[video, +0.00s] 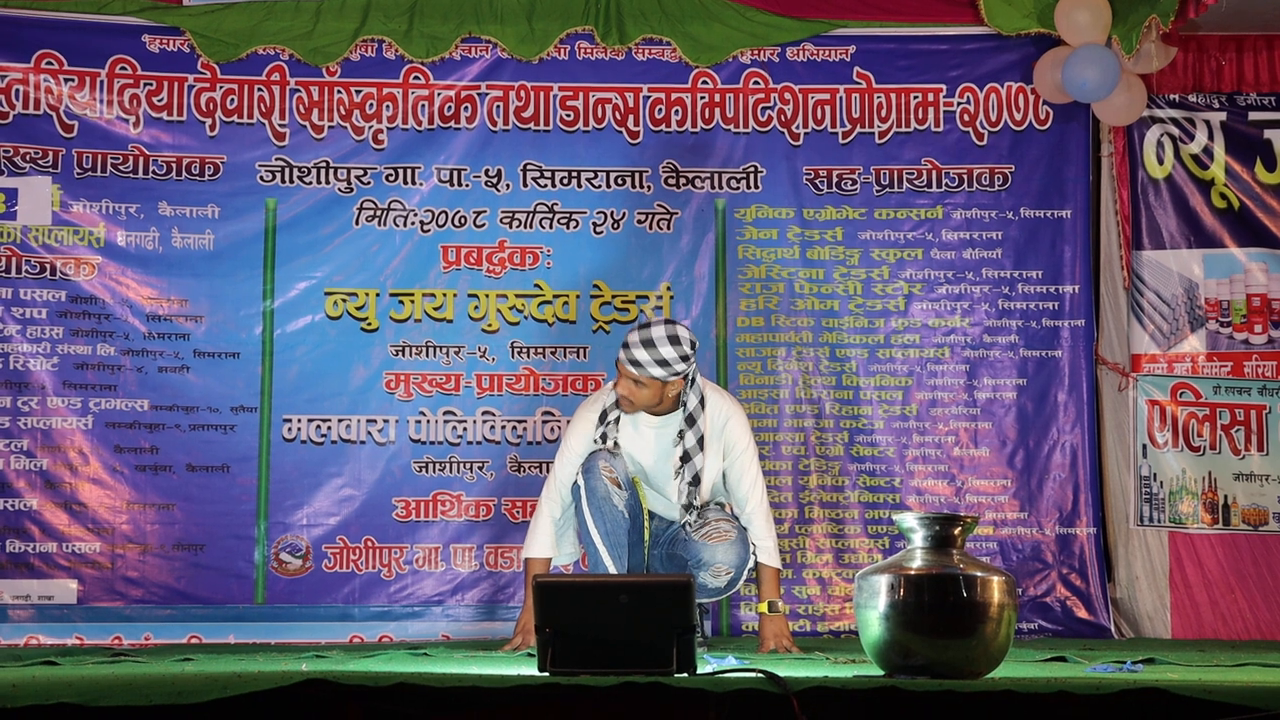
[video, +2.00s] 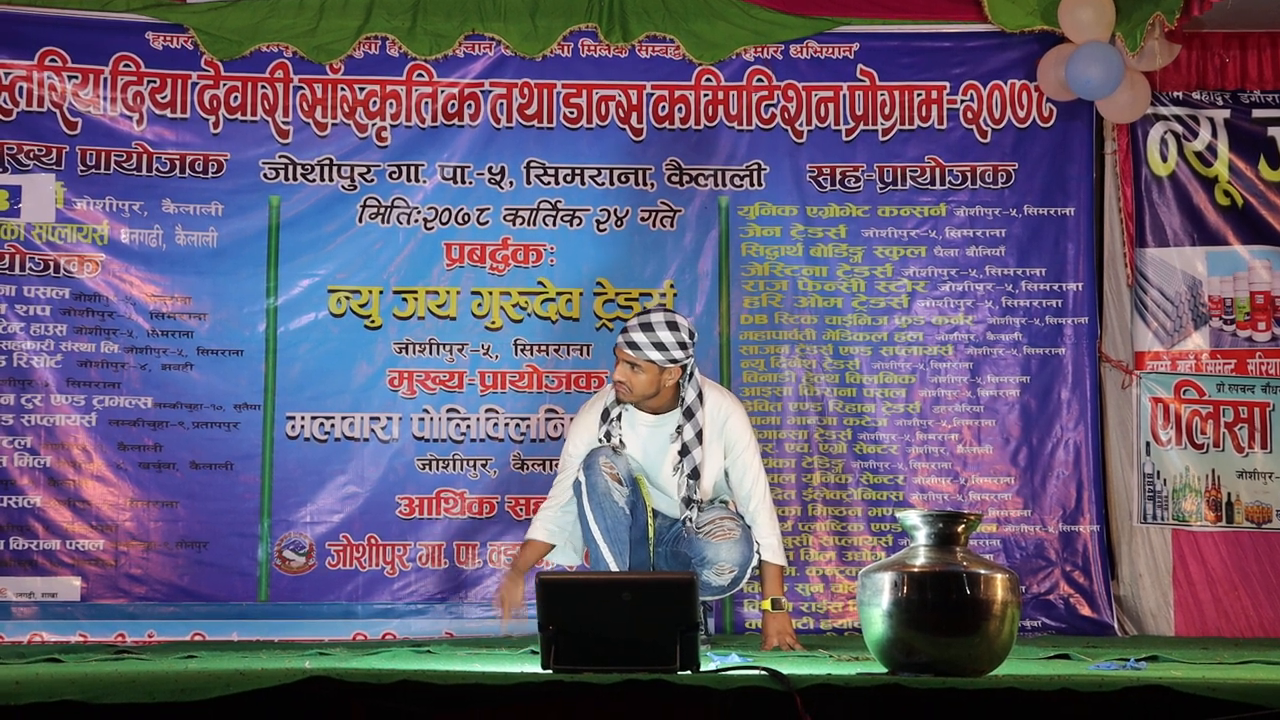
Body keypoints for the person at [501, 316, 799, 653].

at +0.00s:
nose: (619, 388)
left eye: (635, 383)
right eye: (619, 374)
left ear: (673, 386)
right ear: (617, 364)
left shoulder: (724, 415)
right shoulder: (596, 413)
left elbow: (756, 509)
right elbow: (551, 503)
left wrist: (772, 609)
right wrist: (531, 604)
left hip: (685, 542)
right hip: (624, 535)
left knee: (726, 546)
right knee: (599, 465)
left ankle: (683, 615)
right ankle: (616, 611)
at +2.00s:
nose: (617, 376)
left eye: (632, 367)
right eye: (617, 362)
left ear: (672, 374)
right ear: (615, 357)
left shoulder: (723, 413)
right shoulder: (596, 415)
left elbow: (759, 505)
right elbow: (562, 502)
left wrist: (775, 605)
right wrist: (517, 570)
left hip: (692, 538)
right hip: (628, 533)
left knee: (730, 550)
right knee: (601, 461)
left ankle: (685, 614)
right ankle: (620, 606)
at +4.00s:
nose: (622, 375)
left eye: (638, 368)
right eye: (622, 361)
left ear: (677, 374)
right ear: (620, 355)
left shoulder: (725, 414)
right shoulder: (597, 411)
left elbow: (760, 507)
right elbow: (558, 503)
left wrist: (777, 609)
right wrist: (543, 608)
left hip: (691, 540)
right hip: (629, 532)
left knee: (733, 546)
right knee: (601, 463)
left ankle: (687, 611)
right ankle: (620, 608)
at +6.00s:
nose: (623, 374)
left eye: (639, 367)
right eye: (624, 360)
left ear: (678, 373)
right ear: (622, 355)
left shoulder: (728, 414)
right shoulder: (600, 411)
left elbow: (763, 508)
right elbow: (559, 506)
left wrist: (777, 609)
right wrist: (541, 608)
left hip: (693, 541)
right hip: (630, 532)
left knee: (733, 545)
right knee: (604, 462)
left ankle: (690, 610)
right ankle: (618, 606)